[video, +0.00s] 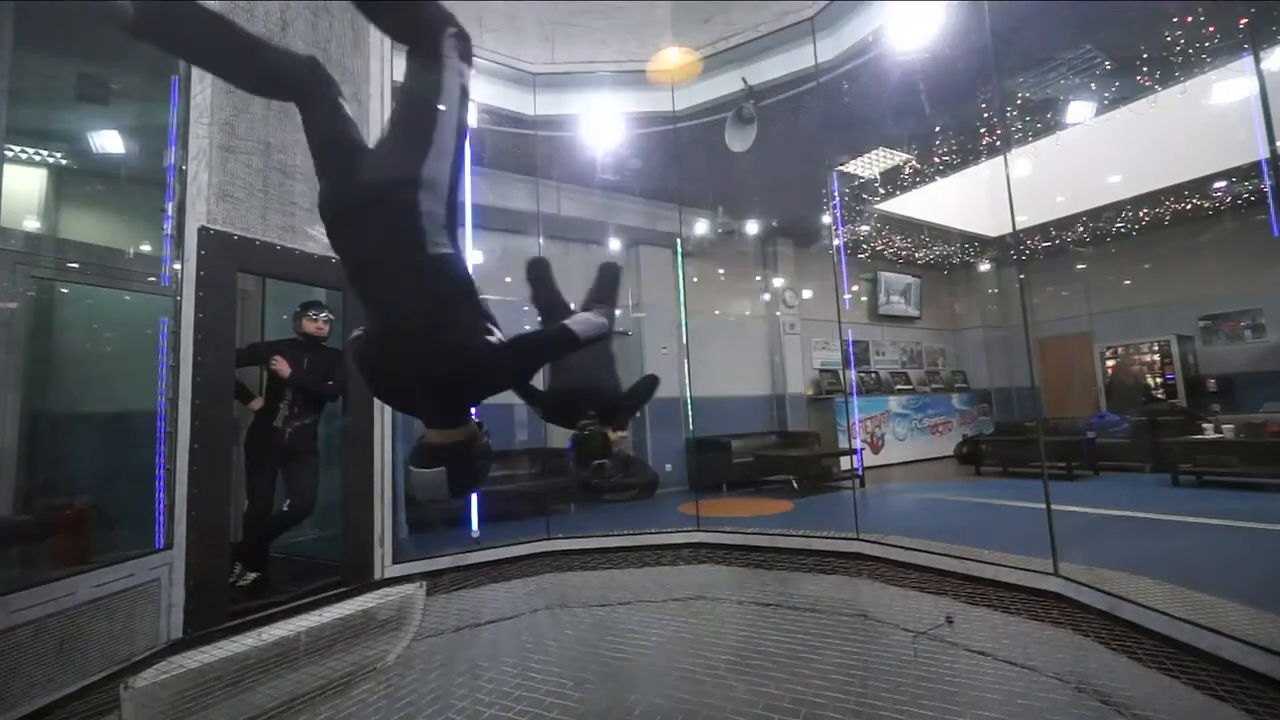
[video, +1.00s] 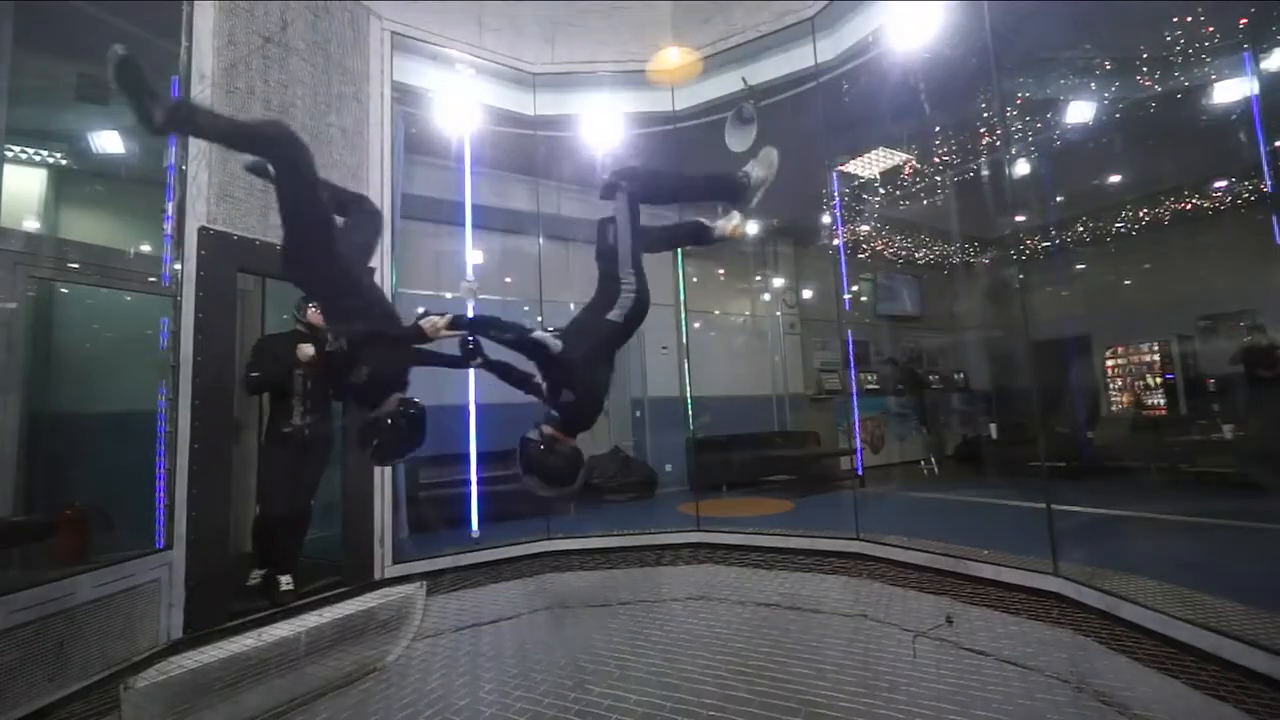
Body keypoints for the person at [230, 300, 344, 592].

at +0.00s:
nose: (319, 324)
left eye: (325, 320)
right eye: (313, 319)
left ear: (330, 326)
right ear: (299, 323)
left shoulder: (334, 357)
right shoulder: (279, 348)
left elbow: (333, 392)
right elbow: (223, 361)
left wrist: (291, 375)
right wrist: (249, 398)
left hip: (302, 441)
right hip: (264, 437)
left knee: (303, 504)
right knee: (260, 505)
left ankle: (241, 553)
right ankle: (254, 570)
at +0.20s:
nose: (323, 323)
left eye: (327, 319)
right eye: (315, 318)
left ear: (331, 325)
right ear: (300, 323)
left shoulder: (333, 357)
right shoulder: (279, 349)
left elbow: (332, 391)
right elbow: (223, 361)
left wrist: (291, 375)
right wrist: (248, 397)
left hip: (302, 440)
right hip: (264, 436)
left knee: (302, 505)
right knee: (259, 506)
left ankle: (242, 554)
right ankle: (255, 571)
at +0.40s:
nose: (325, 318)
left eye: (329, 314)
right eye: (318, 312)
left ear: (332, 320)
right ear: (302, 314)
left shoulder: (333, 354)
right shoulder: (270, 343)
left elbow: (340, 393)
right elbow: (238, 381)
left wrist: (305, 398)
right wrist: (270, 371)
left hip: (308, 440)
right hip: (271, 437)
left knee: (295, 503)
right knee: (268, 502)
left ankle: (285, 572)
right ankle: (266, 566)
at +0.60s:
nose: (322, 315)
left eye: (326, 312)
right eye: (315, 309)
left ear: (330, 319)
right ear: (299, 314)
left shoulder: (333, 354)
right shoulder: (270, 345)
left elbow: (342, 394)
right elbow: (243, 383)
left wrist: (314, 387)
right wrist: (282, 372)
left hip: (311, 438)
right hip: (274, 435)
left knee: (298, 501)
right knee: (270, 499)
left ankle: (285, 571)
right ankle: (267, 565)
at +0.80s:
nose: (325, 314)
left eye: (328, 311)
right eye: (318, 309)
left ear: (331, 318)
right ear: (301, 313)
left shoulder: (331, 353)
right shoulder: (271, 344)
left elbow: (341, 394)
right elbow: (249, 382)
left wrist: (324, 368)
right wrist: (287, 364)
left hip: (314, 438)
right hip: (277, 436)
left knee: (298, 501)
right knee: (270, 499)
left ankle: (286, 571)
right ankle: (267, 564)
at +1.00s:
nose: (323, 314)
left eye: (326, 310)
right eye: (317, 309)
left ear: (329, 315)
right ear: (302, 312)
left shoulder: (331, 346)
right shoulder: (273, 344)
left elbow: (340, 389)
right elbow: (252, 382)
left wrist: (331, 351)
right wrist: (293, 360)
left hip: (315, 438)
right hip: (279, 437)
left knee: (300, 505)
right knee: (271, 504)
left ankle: (286, 572)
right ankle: (262, 566)